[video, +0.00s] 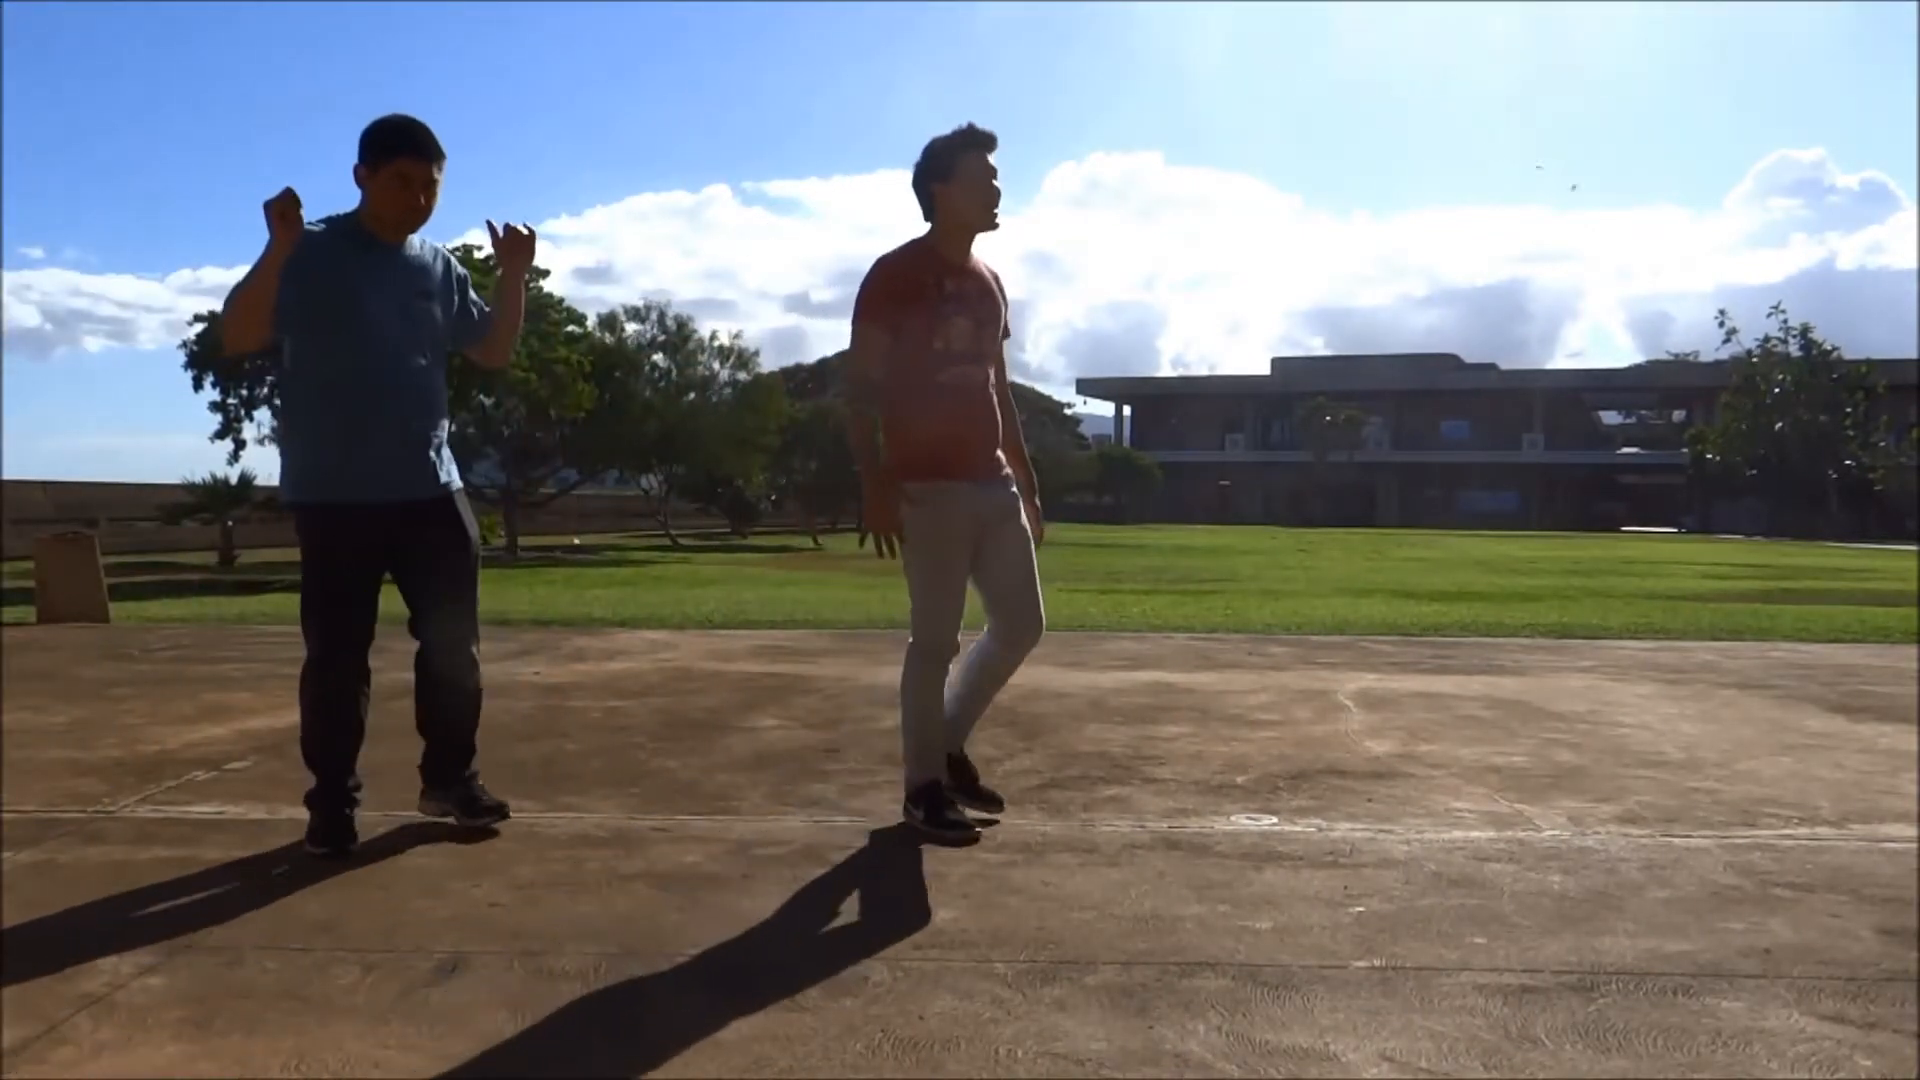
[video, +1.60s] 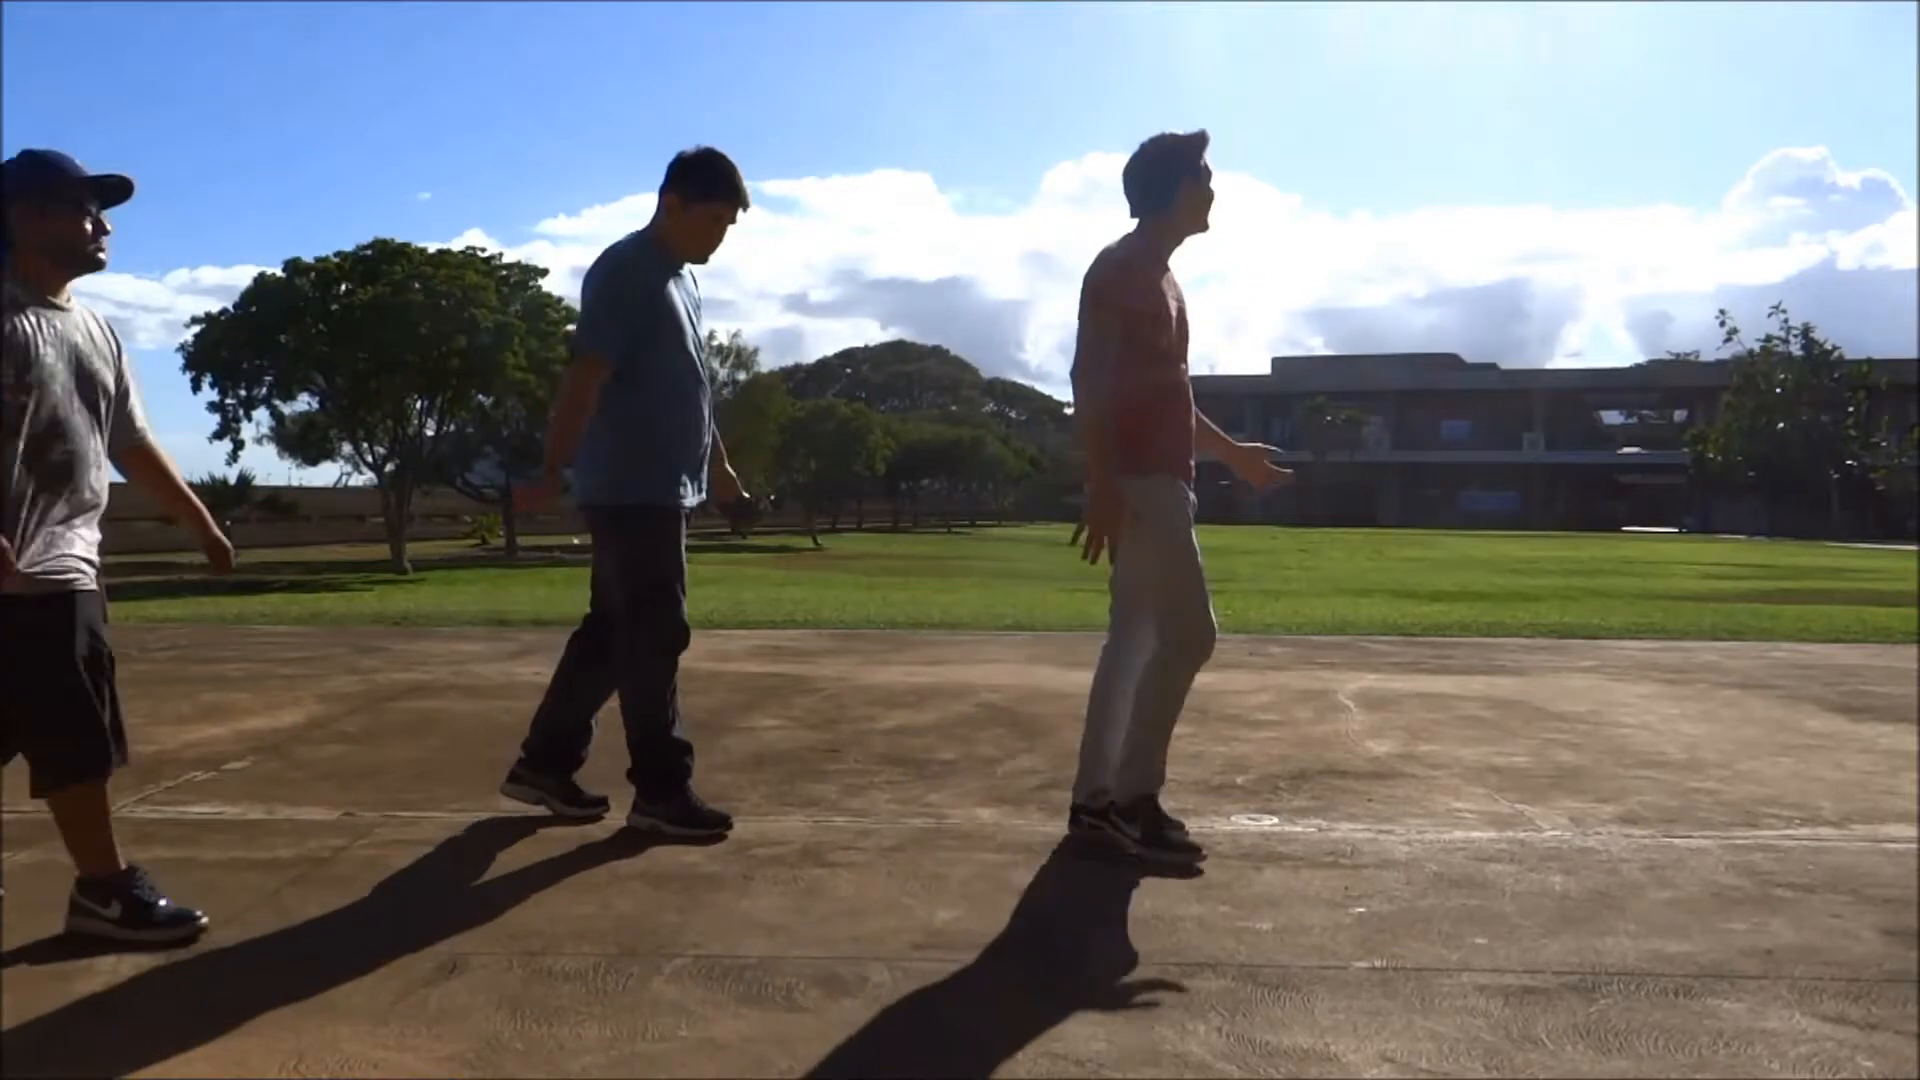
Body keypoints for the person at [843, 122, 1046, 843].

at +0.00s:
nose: (999, 188)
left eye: (995, 175)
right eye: (984, 176)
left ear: (969, 191)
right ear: (939, 190)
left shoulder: (987, 282)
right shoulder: (892, 275)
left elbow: (998, 392)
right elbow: (859, 390)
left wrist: (1028, 485)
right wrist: (873, 487)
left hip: (994, 486)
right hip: (929, 489)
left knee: (1020, 624)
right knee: (934, 640)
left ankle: (944, 745)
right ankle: (924, 789)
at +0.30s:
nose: (1023, 189)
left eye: (1021, 176)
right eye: (1010, 176)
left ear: (992, 190)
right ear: (966, 188)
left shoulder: (993, 287)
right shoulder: (919, 273)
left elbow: (990, 390)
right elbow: (912, 388)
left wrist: (1014, 467)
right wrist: (947, 471)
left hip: (999, 479)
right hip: (938, 482)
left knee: (1046, 621)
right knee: (946, 639)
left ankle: (1049, 784)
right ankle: (925, 790)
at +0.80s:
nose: (1096, 193)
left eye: (1091, 180)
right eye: (1082, 181)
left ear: (1054, 197)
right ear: (1045, 194)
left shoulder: (1042, 283)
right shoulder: (1009, 269)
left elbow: (1034, 390)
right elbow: (1001, 380)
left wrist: (1056, 485)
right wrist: (1047, 474)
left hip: (1037, 484)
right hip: (995, 484)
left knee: (1063, 640)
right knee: (974, 638)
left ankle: (1091, 799)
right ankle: (926, 788)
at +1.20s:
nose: (1160, 181)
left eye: (1154, 169)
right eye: (1146, 170)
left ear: (1116, 189)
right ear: (1112, 187)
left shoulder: (1110, 271)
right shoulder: (1079, 263)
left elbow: (1100, 384)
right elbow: (1070, 376)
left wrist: (1132, 463)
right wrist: (1102, 472)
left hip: (1111, 479)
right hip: (1070, 476)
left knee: (1110, 638)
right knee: (1061, 633)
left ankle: (1094, 798)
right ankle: (955, 761)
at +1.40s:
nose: (1187, 184)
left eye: (1181, 173)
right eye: (1175, 174)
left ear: (1147, 189)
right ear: (1142, 189)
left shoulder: (1134, 272)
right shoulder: (1103, 266)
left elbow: (1138, 388)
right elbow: (1084, 383)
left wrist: (1183, 455)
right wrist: (1106, 479)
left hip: (1141, 480)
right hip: (1109, 483)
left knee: (1124, 637)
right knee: (1135, 634)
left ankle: (1096, 800)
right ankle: (1019, 755)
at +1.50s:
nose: (1200, 188)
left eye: (1195, 176)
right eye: (1188, 176)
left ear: (1155, 191)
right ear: (1155, 189)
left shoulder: (1147, 276)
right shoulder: (1110, 269)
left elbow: (1155, 392)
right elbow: (1090, 386)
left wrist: (1208, 456)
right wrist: (1102, 483)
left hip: (1149, 481)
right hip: (1127, 483)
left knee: (1133, 633)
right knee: (1165, 633)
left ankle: (1103, 792)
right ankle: (1072, 778)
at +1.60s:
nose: (1215, 190)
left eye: (1211, 178)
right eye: (1204, 178)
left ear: (1169, 193)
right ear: (1173, 191)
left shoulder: (1164, 280)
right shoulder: (1119, 270)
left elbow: (1170, 399)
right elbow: (1091, 387)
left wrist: (1235, 452)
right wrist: (1100, 486)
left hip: (1162, 487)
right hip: (1141, 488)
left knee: (1136, 635)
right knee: (1188, 638)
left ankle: (1099, 804)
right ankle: (1131, 803)